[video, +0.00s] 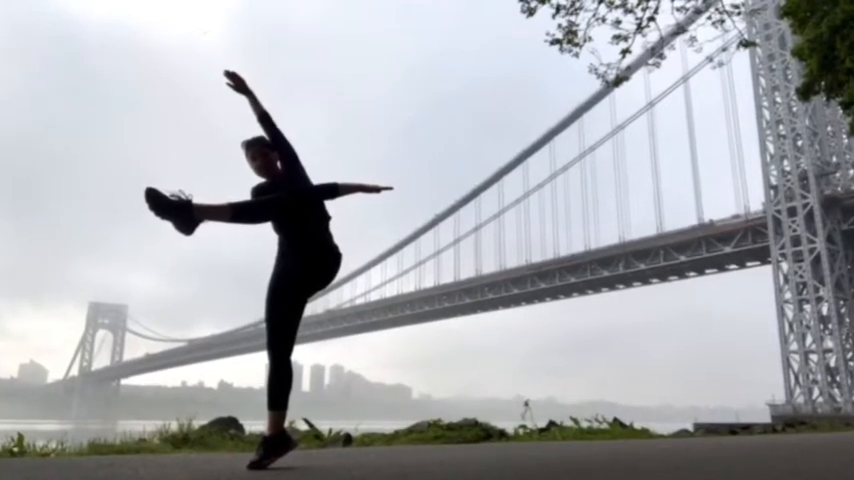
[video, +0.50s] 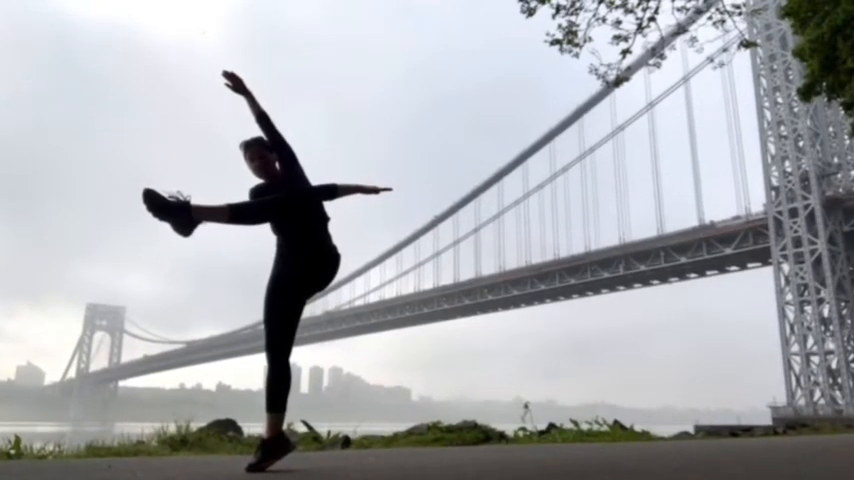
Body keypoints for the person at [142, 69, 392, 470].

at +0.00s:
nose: (256, 164)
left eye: (260, 156)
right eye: (251, 160)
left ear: (275, 154)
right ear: (251, 165)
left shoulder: (295, 174)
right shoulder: (263, 195)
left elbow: (274, 131)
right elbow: (317, 192)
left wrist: (249, 93)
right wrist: (360, 188)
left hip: (321, 258)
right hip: (290, 268)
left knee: (277, 205)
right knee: (279, 351)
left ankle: (195, 213)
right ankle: (276, 434)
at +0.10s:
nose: (255, 163)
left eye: (259, 156)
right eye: (250, 160)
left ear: (275, 154)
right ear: (251, 165)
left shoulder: (294, 173)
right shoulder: (262, 194)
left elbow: (274, 131)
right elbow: (316, 192)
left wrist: (249, 93)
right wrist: (359, 188)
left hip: (321, 259)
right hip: (289, 268)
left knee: (278, 205)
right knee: (279, 351)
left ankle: (194, 213)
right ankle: (275, 434)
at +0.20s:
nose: (255, 164)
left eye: (259, 156)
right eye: (251, 160)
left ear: (274, 154)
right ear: (251, 165)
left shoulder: (294, 174)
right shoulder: (262, 195)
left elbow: (274, 132)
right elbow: (318, 192)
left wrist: (248, 93)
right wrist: (361, 189)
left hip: (320, 259)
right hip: (289, 268)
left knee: (276, 206)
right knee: (279, 352)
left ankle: (194, 213)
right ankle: (275, 435)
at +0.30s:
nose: (255, 163)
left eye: (259, 156)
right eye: (250, 160)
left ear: (274, 154)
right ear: (250, 165)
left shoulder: (294, 175)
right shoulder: (261, 195)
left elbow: (273, 132)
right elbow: (316, 193)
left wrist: (248, 93)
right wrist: (360, 189)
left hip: (320, 259)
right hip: (289, 269)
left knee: (277, 206)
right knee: (278, 352)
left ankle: (194, 213)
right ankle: (275, 435)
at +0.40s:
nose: (256, 163)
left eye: (260, 155)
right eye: (251, 160)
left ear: (274, 154)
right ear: (250, 166)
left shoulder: (294, 175)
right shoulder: (261, 196)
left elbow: (273, 132)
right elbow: (316, 193)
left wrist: (248, 93)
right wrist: (360, 189)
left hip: (320, 260)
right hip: (289, 269)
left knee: (278, 206)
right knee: (278, 352)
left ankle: (193, 214)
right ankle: (275, 436)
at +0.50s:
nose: (255, 164)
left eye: (259, 156)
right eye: (250, 160)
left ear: (274, 155)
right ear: (249, 166)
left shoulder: (294, 176)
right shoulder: (261, 197)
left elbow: (273, 132)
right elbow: (318, 193)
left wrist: (247, 93)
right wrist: (360, 189)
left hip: (320, 260)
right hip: (288, 270)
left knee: (278, 207)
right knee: (278, 353)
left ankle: (193, 214)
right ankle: (274, 436)